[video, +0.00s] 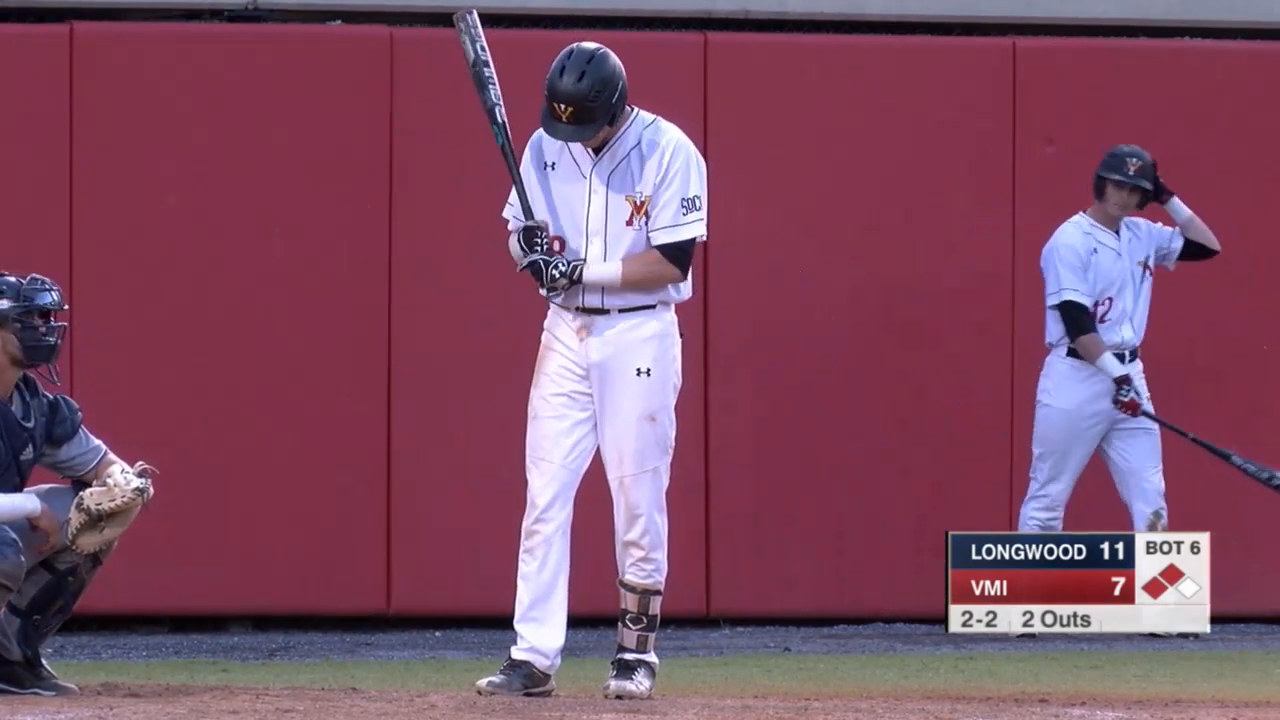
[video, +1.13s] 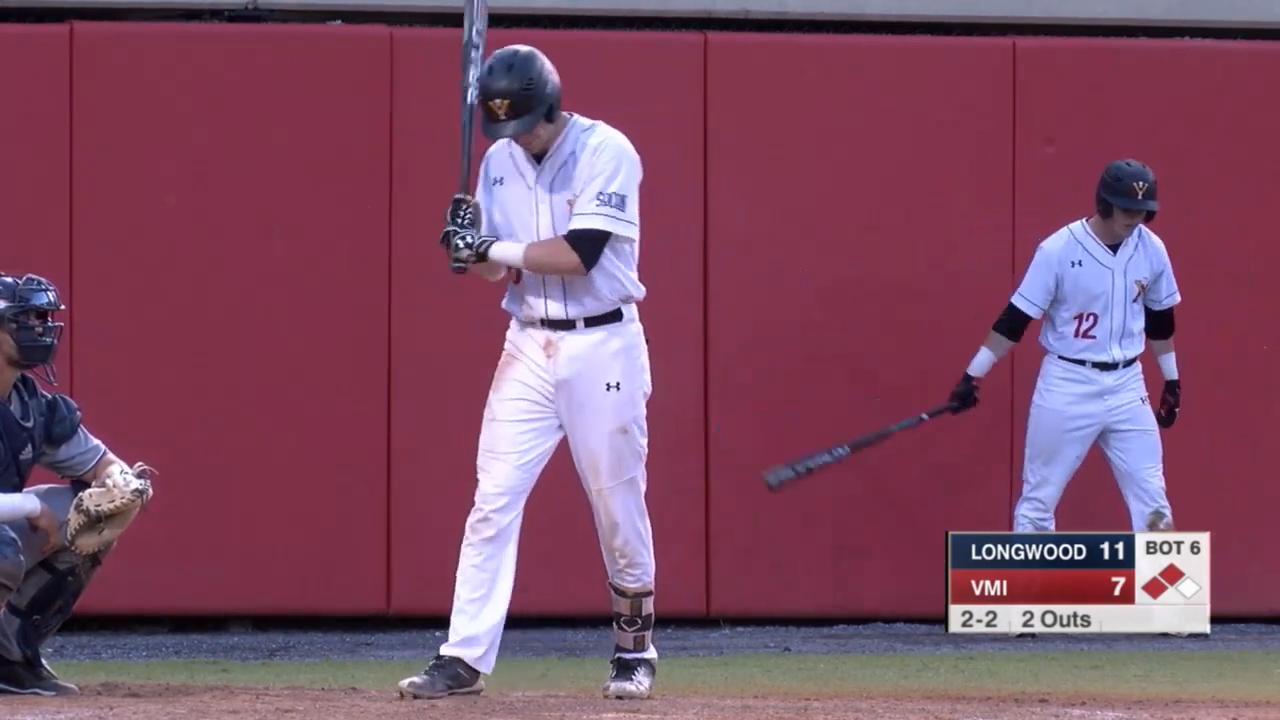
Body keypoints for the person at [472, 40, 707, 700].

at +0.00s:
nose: (576, 140)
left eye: (588, 129)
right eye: (567, 128)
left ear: (617, 109)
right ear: (555, 108)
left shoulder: (669, 149)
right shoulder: (545, 146)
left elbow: (672, 263)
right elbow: (517, 222)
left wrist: (581, 273)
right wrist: (529, 246)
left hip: (639, 339)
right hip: (564, 337)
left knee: (636, 491)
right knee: (545, 494)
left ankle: (635, 653)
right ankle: (533, 656)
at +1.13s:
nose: (515, 138)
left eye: (522, 125)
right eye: (505, 127)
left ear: (551, 109)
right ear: (498, 116)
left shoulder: (608, 149)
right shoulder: (499, 158)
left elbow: (579, 254)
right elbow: (499, 270)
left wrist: (491, 248)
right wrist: (471, 248)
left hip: (602, 348)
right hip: (526, 347)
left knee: (616, 500)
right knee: (493, 502)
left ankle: (633, 651)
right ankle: (463, 659)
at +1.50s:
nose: (430, 143)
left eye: (436, 129)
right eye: (419, 135)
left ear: (460, 104)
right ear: (410, 124)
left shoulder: (532, 137)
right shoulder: (416, 181)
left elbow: (567, 244)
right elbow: (433, 284)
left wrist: (518, 320)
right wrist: (460, 329)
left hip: (566, 340)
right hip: (487, 356)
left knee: (594, 489)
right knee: (463, 508)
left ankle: (635, 613)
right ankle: (460, 661)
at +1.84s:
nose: (440, 150)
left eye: (445, 135)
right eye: (428, 142)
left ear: (469, 111)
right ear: (417, 131)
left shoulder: (541, 145)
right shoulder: (423, 184)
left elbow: (590, 254)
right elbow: (440, 291)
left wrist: (565, 338)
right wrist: (472, 357)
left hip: (583, 331)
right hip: (501, 352)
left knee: (641, 472)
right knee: (470, 510)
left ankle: (715, 634)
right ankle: (461, 661)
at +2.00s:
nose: (480, 172)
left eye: (485, 159)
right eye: (469, 163)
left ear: (511, 137)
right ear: (459, 150)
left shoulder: (580, 169)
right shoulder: (467, 192)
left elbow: (627, 279)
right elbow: (463, 294)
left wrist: (603, 366)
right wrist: (445, 392)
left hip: (618, 353)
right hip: (539, 360)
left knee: (667, 491)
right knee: (484, 508)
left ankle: (744, 655)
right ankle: (461, 661)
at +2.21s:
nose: (543, 212)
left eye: (551, 200)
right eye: (532, 202)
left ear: (580, 176)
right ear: (519, 179)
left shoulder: (639, 207)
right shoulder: (527, 202)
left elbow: (667, 324)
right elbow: (526, 276)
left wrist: (633, 412)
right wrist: (497, 356)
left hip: (660, 374)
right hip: (578, 373)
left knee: (694, 504)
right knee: (513, 510)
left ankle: (755, 661)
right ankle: (462, 664)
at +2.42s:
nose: (583, 247)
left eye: (596, 239)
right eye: (575, 234)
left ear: (627, 220)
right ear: (564, 204)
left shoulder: (674, 253)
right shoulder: (562, 206)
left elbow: (673, 372)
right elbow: (586, 283)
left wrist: (643, 465)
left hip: (666, 377)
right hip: (587, 372)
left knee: (697, 501)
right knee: (526, 506)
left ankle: (754, 661)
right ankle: (463, 663)